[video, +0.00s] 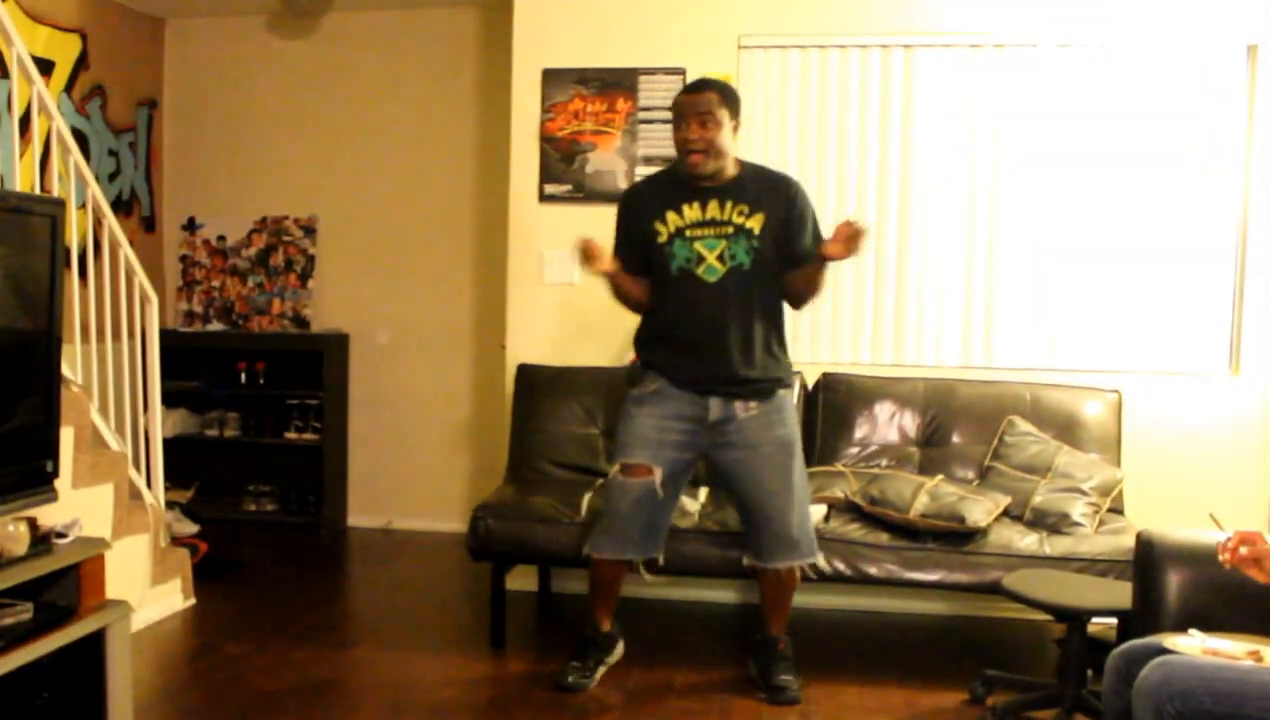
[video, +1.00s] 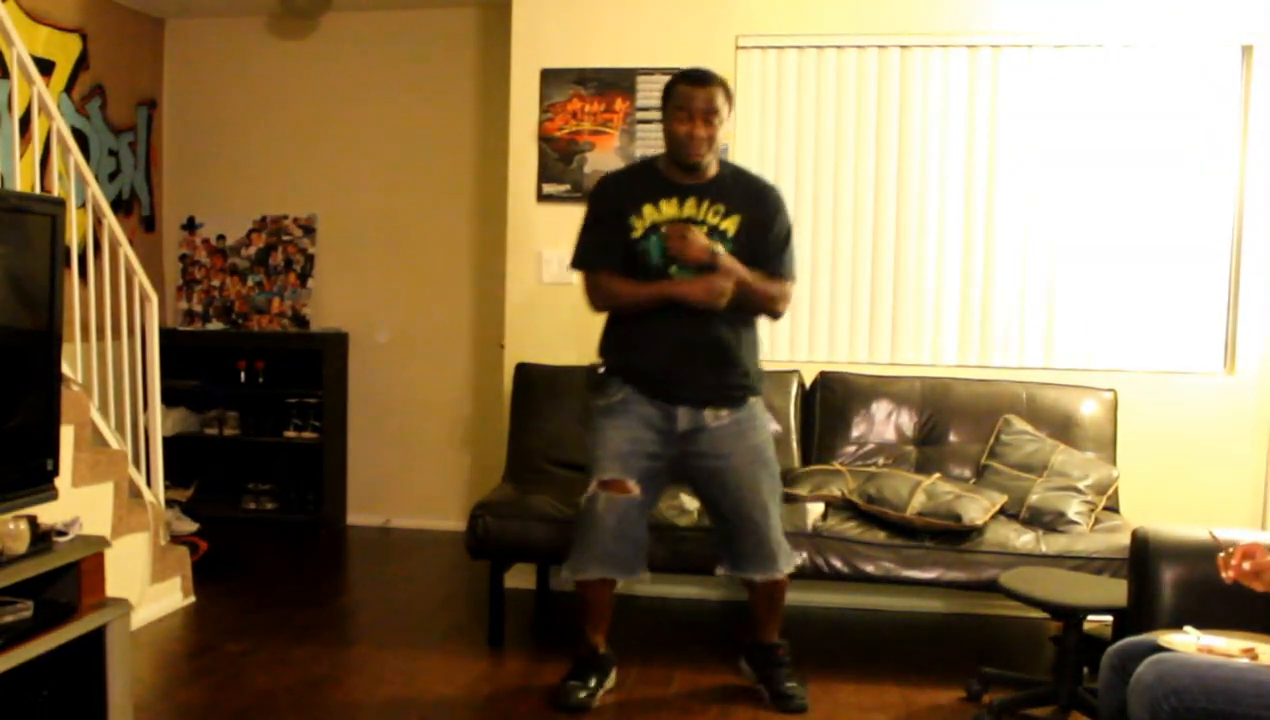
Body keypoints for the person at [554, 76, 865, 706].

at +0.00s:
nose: (692, 132)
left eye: (706, 121)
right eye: (683, 121)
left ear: (735, 129)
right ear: (671, 129)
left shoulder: (781, 196)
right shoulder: (643, 201)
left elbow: (798, 294)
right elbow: (645, 299)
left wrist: (822, 257)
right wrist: (609, 270)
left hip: (758, 393)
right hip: (665, 389)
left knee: (783, 531)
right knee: (624, 504)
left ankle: (774, 646)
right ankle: (599, 635)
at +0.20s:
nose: (684, 121)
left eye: (697, 110)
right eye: (674, 111)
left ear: (723, 117)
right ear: (662, 119)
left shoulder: (764, 190)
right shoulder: (628, 185)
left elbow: (775, 286)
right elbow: (612, 279)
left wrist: (716, 264)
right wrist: (678, 248)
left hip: (736, 388)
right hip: (643, 384)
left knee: (765, 523)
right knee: (615, 499)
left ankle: (769, 644)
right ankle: (596, 641)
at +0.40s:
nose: (676, 122)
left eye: (690, 112)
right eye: (666, 112)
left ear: (716, 122)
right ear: (654, 122)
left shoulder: (754, 197)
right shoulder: (615, 194)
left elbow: (781, 287)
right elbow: (586, 287)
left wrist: (759, 280)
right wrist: (633, 255)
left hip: (730, 395)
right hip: (636, 392)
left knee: (766, 531)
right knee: (603, 508)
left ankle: (772, 645)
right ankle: (595, 643)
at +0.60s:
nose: (694, 121)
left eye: (707, 111)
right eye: (684, 112)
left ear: (732, 120)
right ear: (670, 123)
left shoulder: (778, 192)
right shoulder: (635, 201)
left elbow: (809, 284)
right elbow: (616, 292)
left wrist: (833, 254)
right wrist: (595, 254)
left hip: (756, 396)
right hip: (662, 393)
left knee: (781, 539)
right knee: (624, 517)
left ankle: (781, 655)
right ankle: (605, 642)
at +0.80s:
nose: (708, 116)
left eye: (721, 105)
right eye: (697, 106)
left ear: (744, 115)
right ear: (681, 117)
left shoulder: (786, 190)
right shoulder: (645, 190)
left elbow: (799, 291)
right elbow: (630, 288)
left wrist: (764, 240)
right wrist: (669, 274)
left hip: (759, 395)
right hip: (663, 387)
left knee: (788, 532)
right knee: (628, 495)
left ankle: (782, 653)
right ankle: (597, 643)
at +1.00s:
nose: (696, 127)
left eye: (709, 116)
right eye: (683, 115)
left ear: (726, 123)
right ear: (663, 120)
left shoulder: (759, 200)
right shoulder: (618, 193)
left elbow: (776, 300)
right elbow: (600, 293)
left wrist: (715, 258)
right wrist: (681, 288)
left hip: (729, 402)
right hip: (632, 396)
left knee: (766, 540)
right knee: (604, 518)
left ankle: (769, 650)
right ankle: (592, 657)